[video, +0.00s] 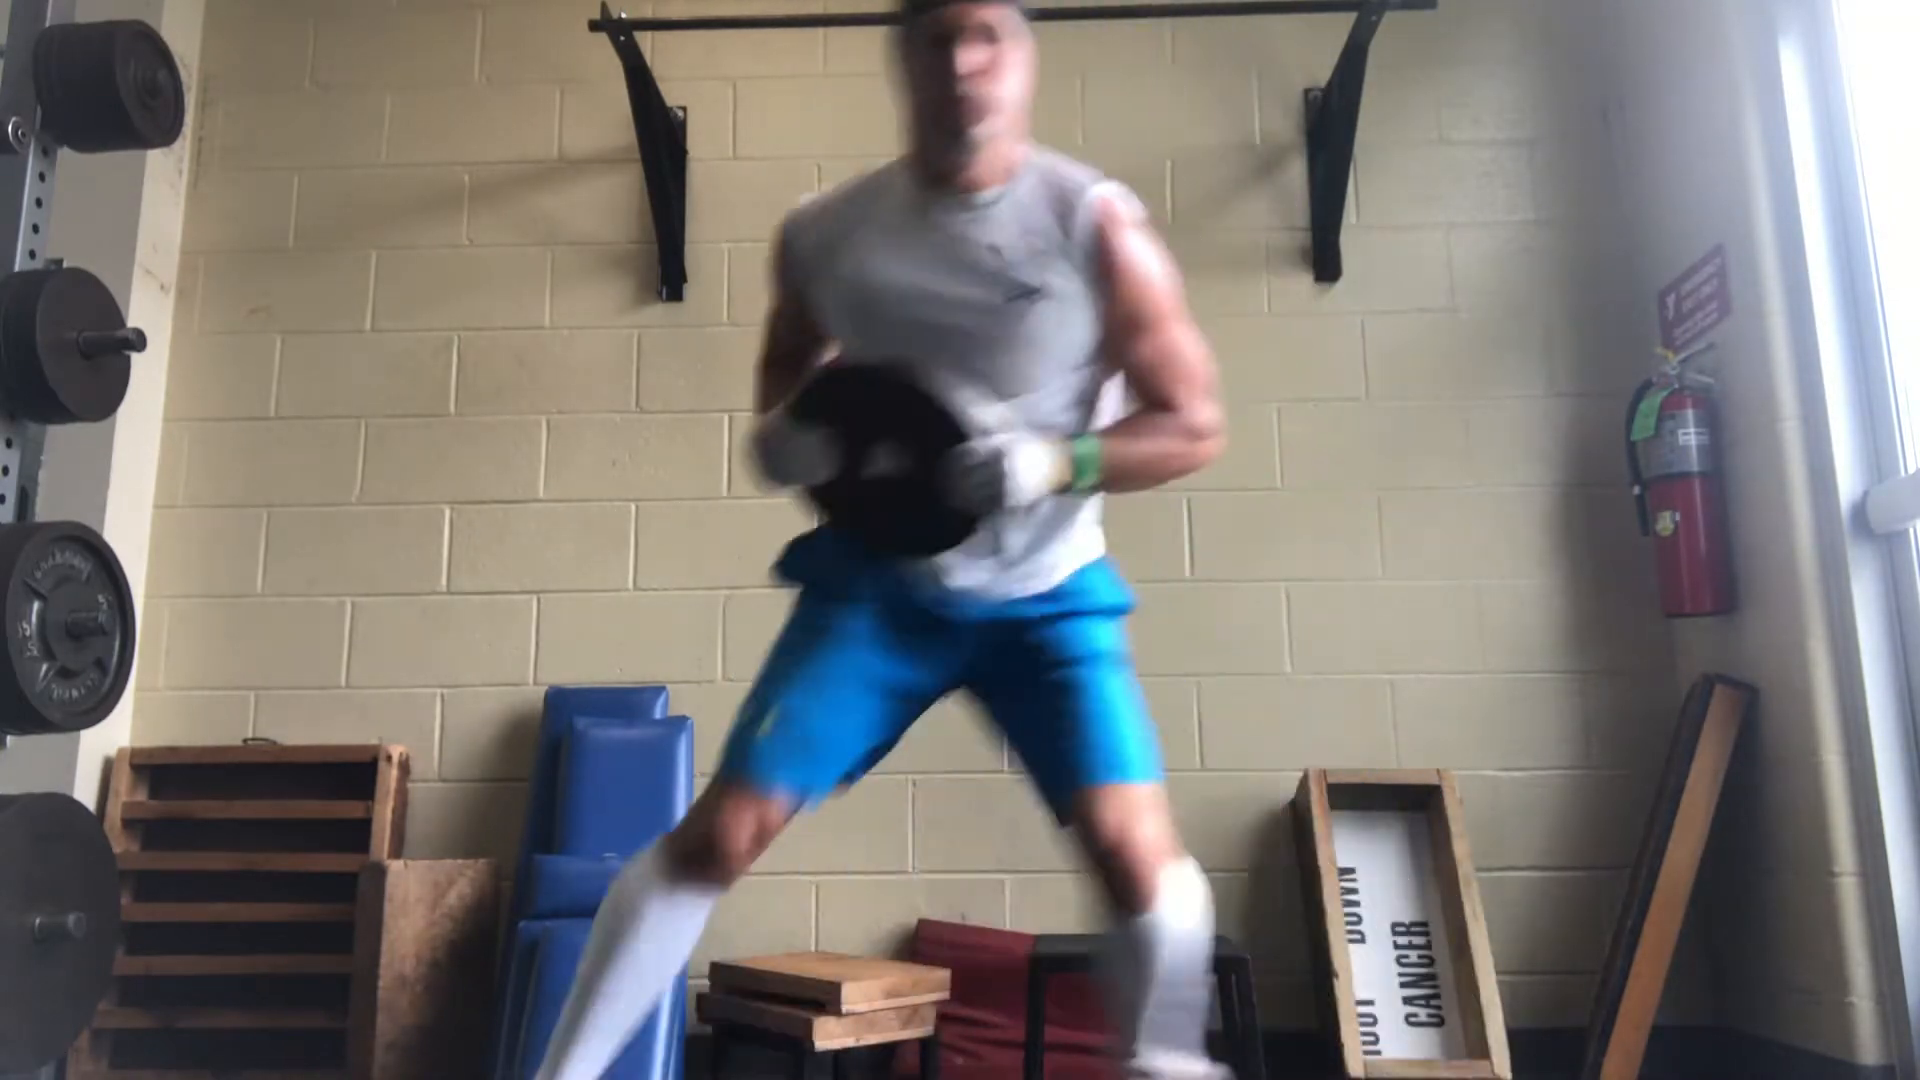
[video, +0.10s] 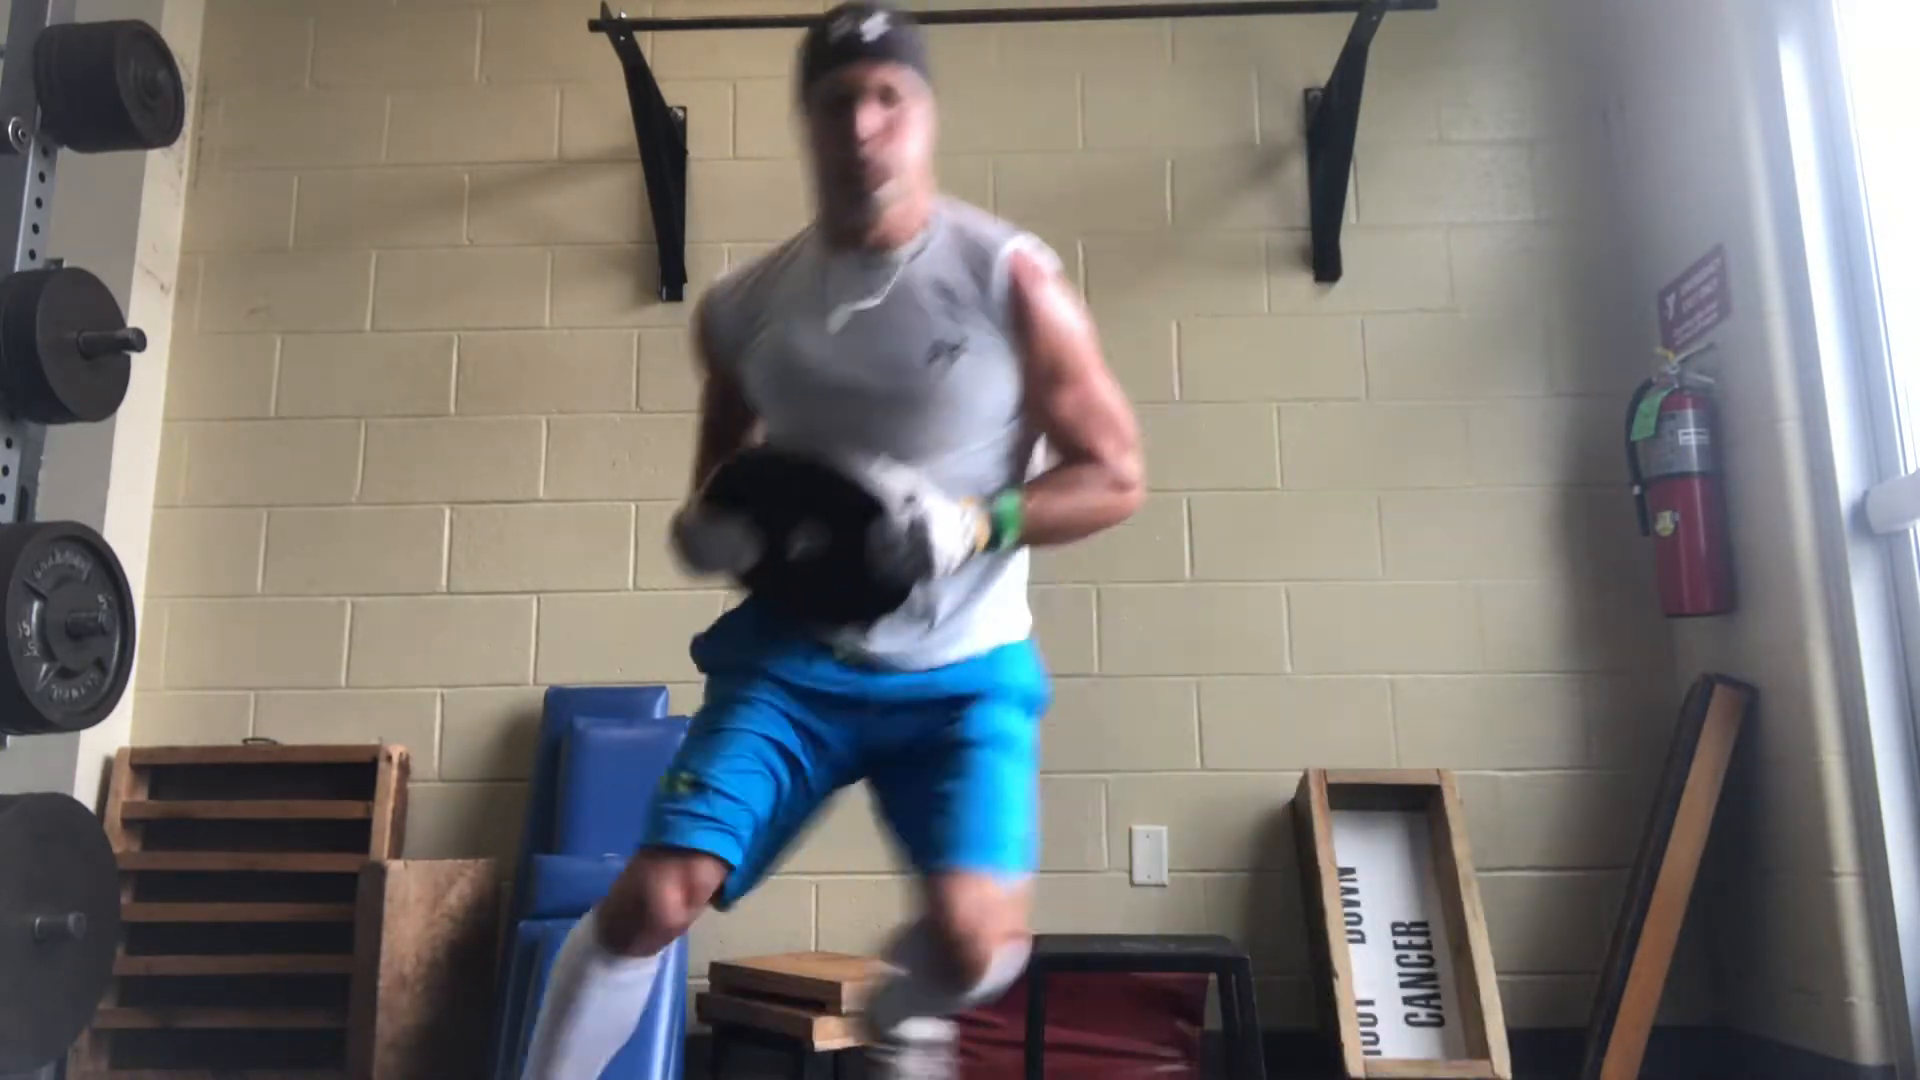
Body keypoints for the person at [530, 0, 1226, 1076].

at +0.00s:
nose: (965, 62)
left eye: (989, 36)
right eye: (938, 38)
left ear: (1028, 59)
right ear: (903, 63)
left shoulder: (1097, 225)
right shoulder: (823, 243)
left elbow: (1194, 427)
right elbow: (775, 438)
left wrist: (1052, 463)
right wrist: (793, 449)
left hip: (1051, 599)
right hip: (877, 594)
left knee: (1135, 856)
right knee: (724, 832)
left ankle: (1166, 1074)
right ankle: (560, 1075)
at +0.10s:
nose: (859, 128)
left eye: (885, 100)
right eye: (835, 104)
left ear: (929, 115)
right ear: (804, 126)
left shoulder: (1008, 279)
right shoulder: (741, 312)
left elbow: (1117, 477)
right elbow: (709, 513)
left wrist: (972, 526)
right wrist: (737, 533)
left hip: (966, 678)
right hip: (790, 665)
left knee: (978, 938)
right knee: (654, 898)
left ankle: (889, 1024)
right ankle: (547, 1077)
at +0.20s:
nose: (823, 151)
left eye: (847, 129)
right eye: (796, 133)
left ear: (885, 152)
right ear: (764, 163)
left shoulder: (979, 298)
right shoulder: (715, 346)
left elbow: (1107, 486)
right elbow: (701, 518)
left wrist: (977, 551)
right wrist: (697, 577)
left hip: (947, 690)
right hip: (775, 684)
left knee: (919, 950)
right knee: (643, 915)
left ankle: (890, 990)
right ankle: (545, 1076)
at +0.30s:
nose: (874, 131)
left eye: (897, 106)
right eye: (848, 111)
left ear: (941, 125)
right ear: (819, 137)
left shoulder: (1033, 281)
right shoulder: (755, 317)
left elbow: (1175, 444)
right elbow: (738, 459)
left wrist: (1056, 507)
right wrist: (769, 519)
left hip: (1007, 655)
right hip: (827, 662)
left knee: (1088, 888)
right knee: (681, 906)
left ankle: (1108, 1005)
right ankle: (555, 1075)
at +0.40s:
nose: (994, 98)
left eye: (1018, 71)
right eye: (968, 74)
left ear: (1062, 89)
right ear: (934, 96)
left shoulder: (1142, 247)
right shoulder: (851, 260)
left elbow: (1287, 394)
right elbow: (800, 423)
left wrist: (1198, 459)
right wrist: (903, 466)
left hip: (1105, 605)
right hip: (920, 621)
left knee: (1236, 813)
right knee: (773, 863)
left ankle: (1400, 1067)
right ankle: (634, 1074)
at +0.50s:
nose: (1133, 111)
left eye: (1157, 83)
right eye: (1106, 84)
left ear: (1200, 105)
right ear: (1067, 104)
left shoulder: (1258, 275)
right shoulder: (966, 265)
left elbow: (1362, 418)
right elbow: (907, 455)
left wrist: (1340, 476)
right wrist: (1022, 485)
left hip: (1200, 643)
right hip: (1018, 644)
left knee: (1348, 878)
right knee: (897, 887)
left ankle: (1497, 1074)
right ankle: (884, 1036)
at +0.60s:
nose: (1242, 145)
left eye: (1267, 122)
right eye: (1214, 119)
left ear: (1300, 147)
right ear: (1168, 135)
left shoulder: (1347, 329)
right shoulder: (1053, 303)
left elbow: (1418, 469)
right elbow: (980, 499)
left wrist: (1422, 538)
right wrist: (1124, 557)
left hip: (1262, 668)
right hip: (1082, 678)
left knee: (1387, 878)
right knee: (1032, 956)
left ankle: (1515, 1074)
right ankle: (1094, 982)